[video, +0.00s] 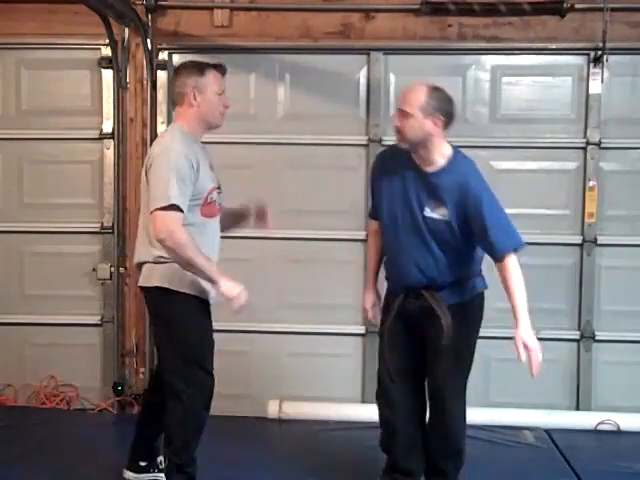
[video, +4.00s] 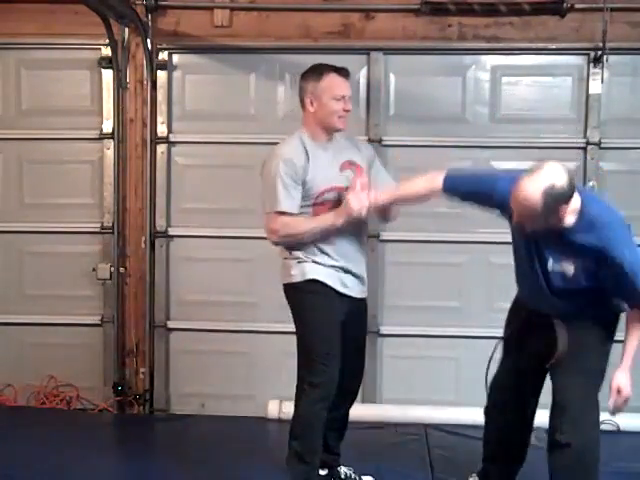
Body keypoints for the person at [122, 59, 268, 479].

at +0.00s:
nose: (227, 104)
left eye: (226, 95)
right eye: (221, 95)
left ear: (193, 98)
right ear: (193, 96)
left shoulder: (192, 147)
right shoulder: (173, 147)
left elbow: (200, 216)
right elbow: (167, 228)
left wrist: (242, 217)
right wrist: (220, 278)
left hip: (183, 281)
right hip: (172, 282)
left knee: (171, 375)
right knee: (193, 380)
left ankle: (141, 463)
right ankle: (181, 472)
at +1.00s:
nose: (176, 96)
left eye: (174, 88)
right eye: (167, 89)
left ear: (149, 96)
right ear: (140, 96)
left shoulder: (158, 146)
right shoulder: (120, 147)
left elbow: (161, 221)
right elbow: (111, 229)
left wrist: (178, 278)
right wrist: (134, 295)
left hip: (160, 287)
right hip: (131, 288)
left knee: (157, 376)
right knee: (130, 380)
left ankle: (121, 462)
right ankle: (116, 468)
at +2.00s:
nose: (287, 117)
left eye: (286, 108)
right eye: (280, 107)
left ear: (248, 109)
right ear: (250, 107)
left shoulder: (234, 150)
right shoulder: (258, 140)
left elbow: (271, 224)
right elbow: (334, 151)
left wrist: (329, 244)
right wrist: (372, 132)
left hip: (223, 296)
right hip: (256, 292)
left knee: (235, 385)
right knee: (323, 380)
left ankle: (160, 465)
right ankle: (326, 472)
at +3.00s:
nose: (269, 108)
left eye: (268, 101)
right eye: (261, 99)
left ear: (233, 102)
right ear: (233, 101)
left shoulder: (248, 170)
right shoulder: (225, 127)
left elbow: (287, 232)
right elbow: (310, 139)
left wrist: (331, 191)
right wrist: (328, 146)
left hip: (235, 288)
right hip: (221, 284)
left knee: (231, 395)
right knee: (262, 397)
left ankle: (196, 474)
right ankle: (264, 476)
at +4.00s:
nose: (347, 107)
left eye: (349, 100)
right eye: (338, 100)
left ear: (348, 103)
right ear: (309, 102)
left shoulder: (360, 150)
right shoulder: (289, 154)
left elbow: (387, 211)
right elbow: (278, 230)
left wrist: (373, 199)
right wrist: (341, 216)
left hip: (351, 279)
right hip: (310, 276)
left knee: (348, 377)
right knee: (320, 376)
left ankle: (328, 463)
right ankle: (303, 469)